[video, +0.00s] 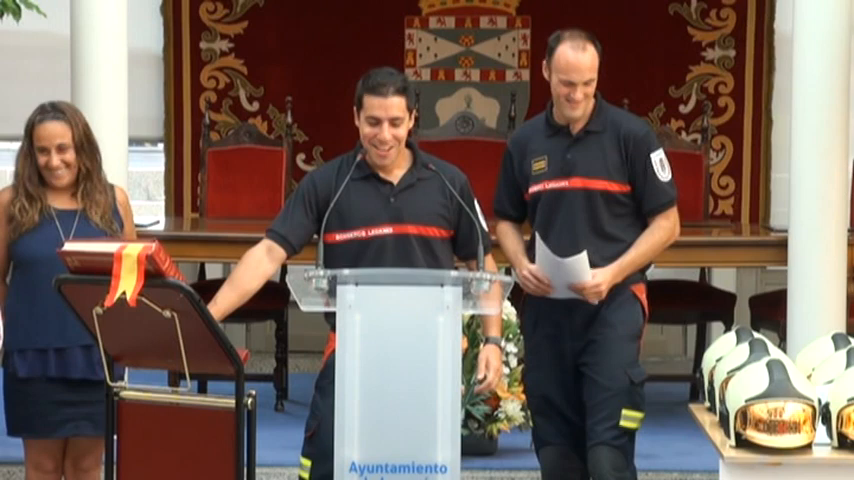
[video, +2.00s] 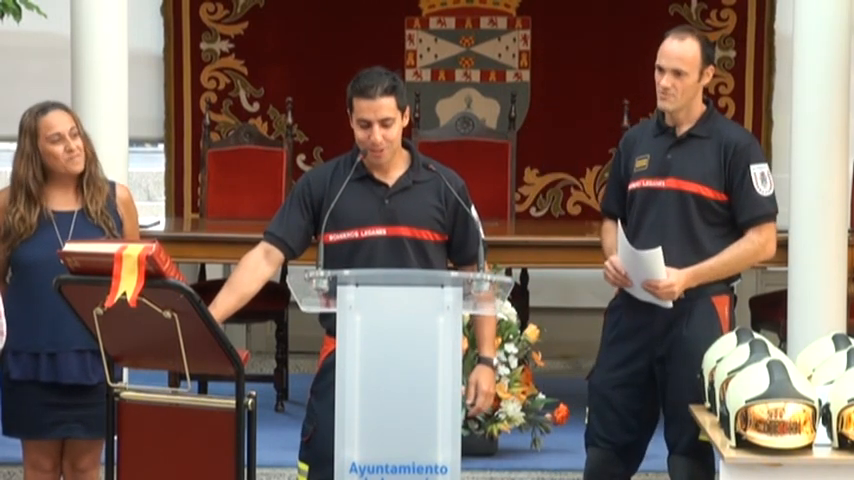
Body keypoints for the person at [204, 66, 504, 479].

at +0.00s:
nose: (384, 135)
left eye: (395, 122)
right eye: (373, 122)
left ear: (412, 120)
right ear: (357, 119)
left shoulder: (449, 183)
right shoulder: (326, 182)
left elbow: (483, 266)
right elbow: (269, 253)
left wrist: (492, 341)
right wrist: (207, 318)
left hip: (430, 351)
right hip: (353, 351)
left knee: (427, 467)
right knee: (323, 466)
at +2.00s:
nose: (375, 137)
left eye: (386, 123)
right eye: (364, 125)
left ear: (406, 119)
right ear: (350, 122)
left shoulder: (445, 188)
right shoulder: (321, 184)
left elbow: (477, 279)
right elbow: (266, 255)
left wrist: (486, 361)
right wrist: (207, 322)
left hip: (426, 355)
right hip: (346, 354)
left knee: (424, 469)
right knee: (323, 466)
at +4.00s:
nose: (378, 139)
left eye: (389, 126)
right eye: (367, 127)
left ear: (408, 119)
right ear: (352, 123)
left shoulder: (447, 188)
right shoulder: (323, 184)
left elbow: (476, 281)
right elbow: (267, 255)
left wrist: (485, 364)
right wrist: (208, 322)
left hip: (428, 352)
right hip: (348, 350)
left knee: (430, 469)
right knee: (330, 464)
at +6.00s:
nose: (379, 139)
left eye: (389, 125)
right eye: (367, 126)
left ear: (407, 119)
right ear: (352, 122)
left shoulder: (444, 188)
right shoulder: (322, 184)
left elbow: (475, 280)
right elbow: (268, 255)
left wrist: (483, 364)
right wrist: (209, 322)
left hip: (429, 355)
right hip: (347, 354)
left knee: (430, 472)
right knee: (329, 468)